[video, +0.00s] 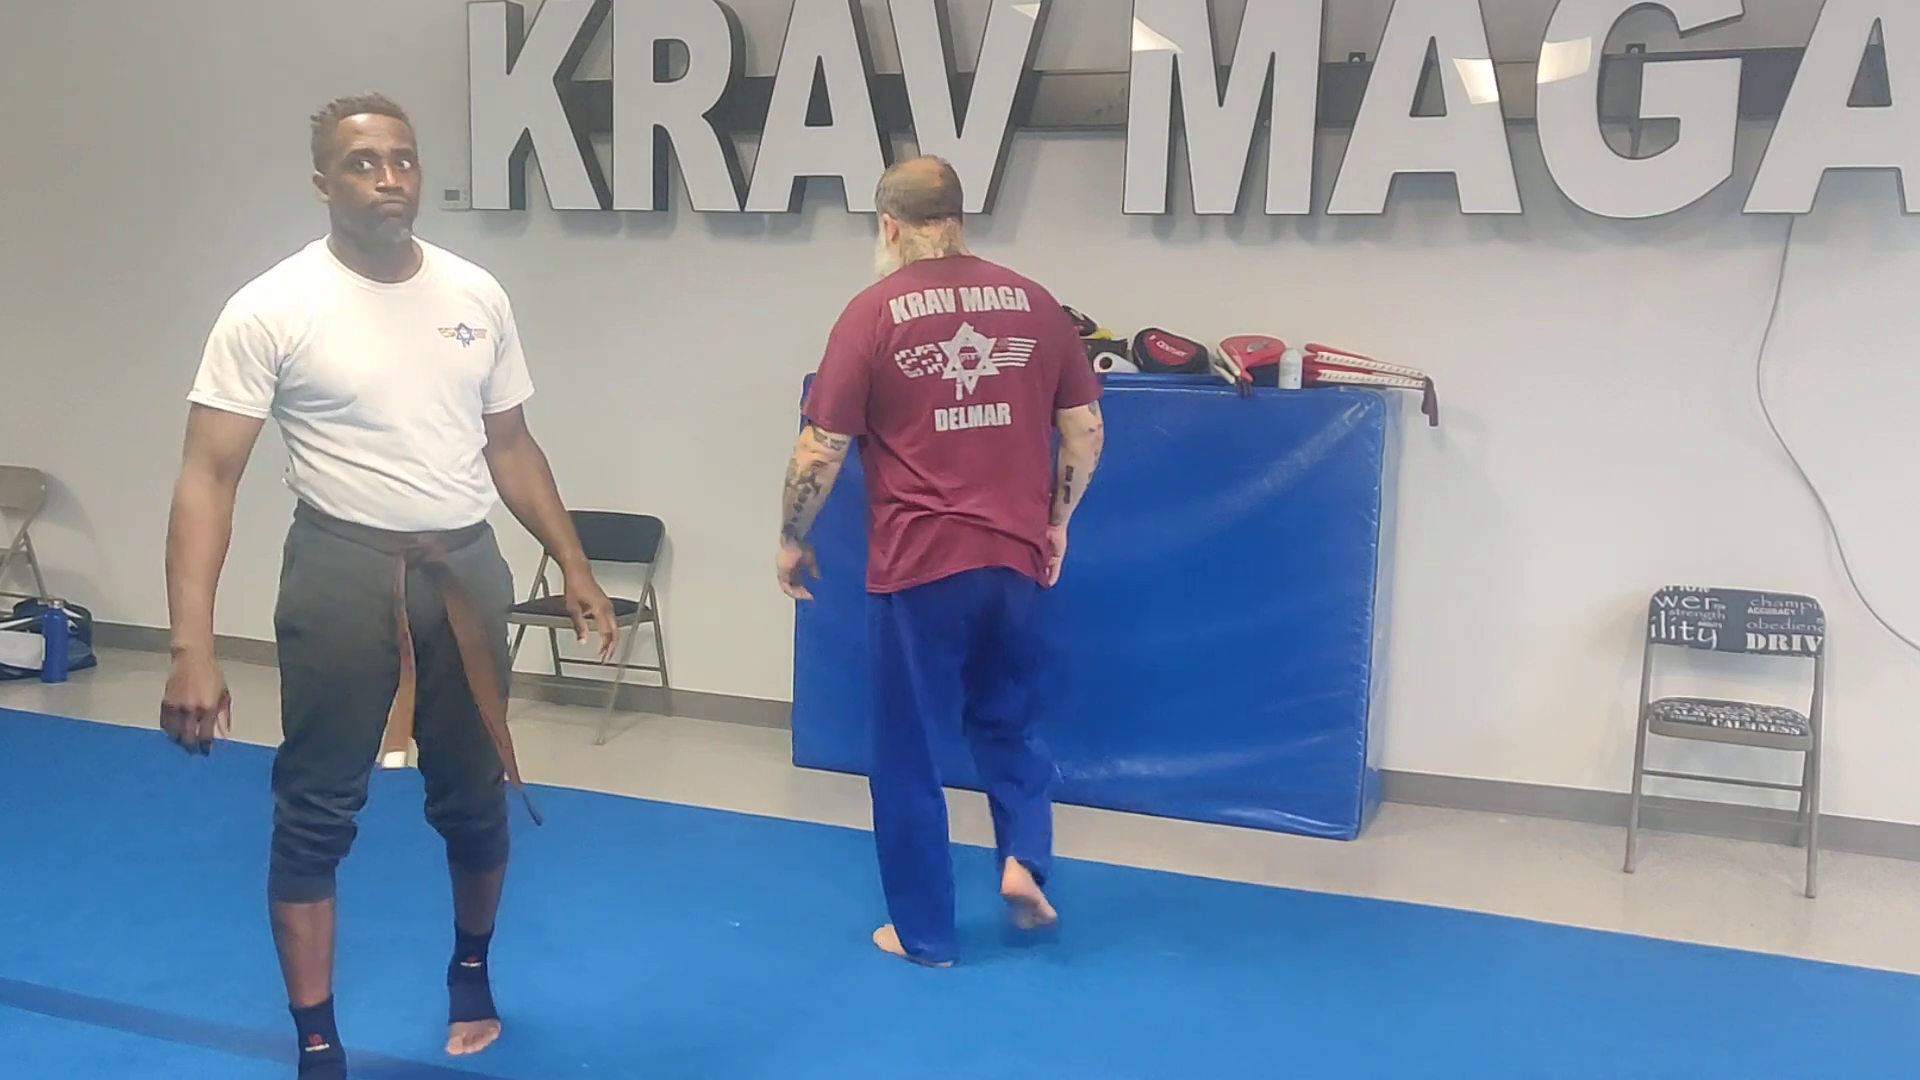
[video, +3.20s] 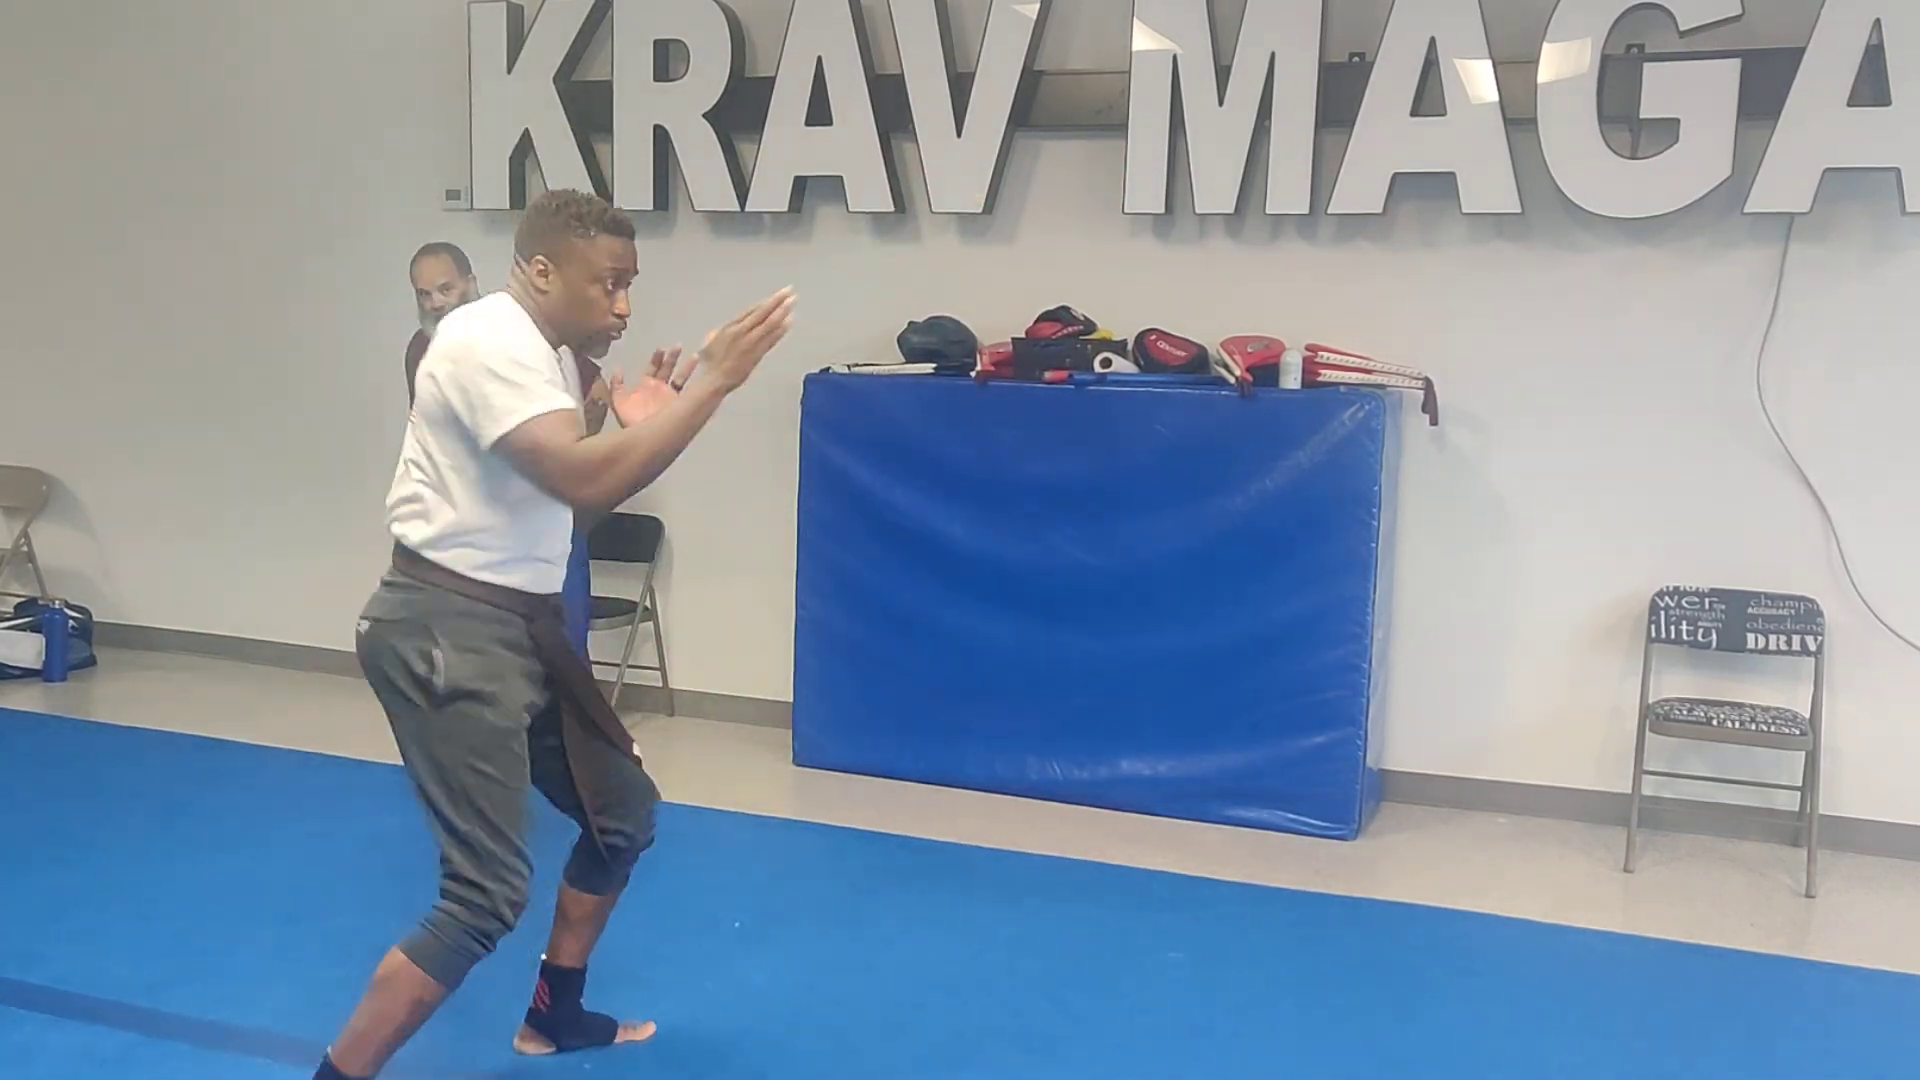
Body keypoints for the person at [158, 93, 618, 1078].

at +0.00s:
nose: (388, 178)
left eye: (402, 159)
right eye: (362, 163)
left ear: (421, 174)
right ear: (322, 183)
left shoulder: (475, 296)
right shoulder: (269, 311)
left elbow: (511, 444)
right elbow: (208, 478)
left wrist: (572, 564)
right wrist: (192, 648)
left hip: (467, 569)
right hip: (341, 571)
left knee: (475, 804)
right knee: (315, 817)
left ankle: (472, 973)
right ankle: (319, 1047)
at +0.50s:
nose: (455, 184)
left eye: (458, 167)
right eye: (429, 171)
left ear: (466, 177)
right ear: (367, 191)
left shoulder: (481, 300)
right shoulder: (310, 313)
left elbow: (492, 454)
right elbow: (298, 498)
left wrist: (503, 584)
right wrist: (347, 657)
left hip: (473, 563)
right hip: (361, 565)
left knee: (489, 783)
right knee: (330, 807)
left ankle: (505, 994)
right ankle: (319, 1041)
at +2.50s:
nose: (592, 210)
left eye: (595, 192)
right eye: (569, 192)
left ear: (592, 202)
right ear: (501, 203)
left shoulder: (596, 318)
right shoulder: (422, 306)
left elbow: (605, 474)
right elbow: (387, 485)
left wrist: (635, 615)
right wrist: (419, 646)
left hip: (559, 577)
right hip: (457, 573)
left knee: (562, 805)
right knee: (459, 828)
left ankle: (540, 1013)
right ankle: (377, 1056)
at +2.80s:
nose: (618, 273)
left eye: (619, 249)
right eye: (600, 253)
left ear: (563, 256)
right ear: (531, 255)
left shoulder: (575, 340)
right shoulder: (445, 350)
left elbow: (563, 484)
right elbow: (385, 504)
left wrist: (644, 506)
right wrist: (533, 543)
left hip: (549, 606)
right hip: (468, 610)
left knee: (618, 810)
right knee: (513, 874)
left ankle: (554, 1007)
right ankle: (386, 1063)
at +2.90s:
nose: (615, 284)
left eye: (615, 266)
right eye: (605, 268)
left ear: (513, 265)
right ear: (542, 270)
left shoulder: (427, 328)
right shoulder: (531, 334)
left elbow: (509, 466)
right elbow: (571, 483)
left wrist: (612, 389)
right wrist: (669, 385)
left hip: (443, 603)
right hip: (512, 616)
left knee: (616, 790)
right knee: (517, 881)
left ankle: (557, 1005)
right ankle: (359, 1066)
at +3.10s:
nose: (610, 324)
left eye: (611, 305)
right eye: (597, 303)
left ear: (519, 297)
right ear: (529, 293)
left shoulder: (427, 355)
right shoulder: (540, 353)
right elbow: (700, 394)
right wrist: (824, 294)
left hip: (418, 636)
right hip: (497, 645)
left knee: (616, 796)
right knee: (500, 920)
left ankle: (556, 1006)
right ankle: (364, 1074)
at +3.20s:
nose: (625, 302)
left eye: (629, 284)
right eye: (610, 282)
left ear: (553, 281)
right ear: (539, 275)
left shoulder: (550, 354)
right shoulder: (485, 339)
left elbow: (586, 484)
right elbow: (587, 479)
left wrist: (638, 417)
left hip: (518, 629)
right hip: (446, 626)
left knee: (622, 812)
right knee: (486, 892)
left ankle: (556, 1012)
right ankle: (340, 1072)